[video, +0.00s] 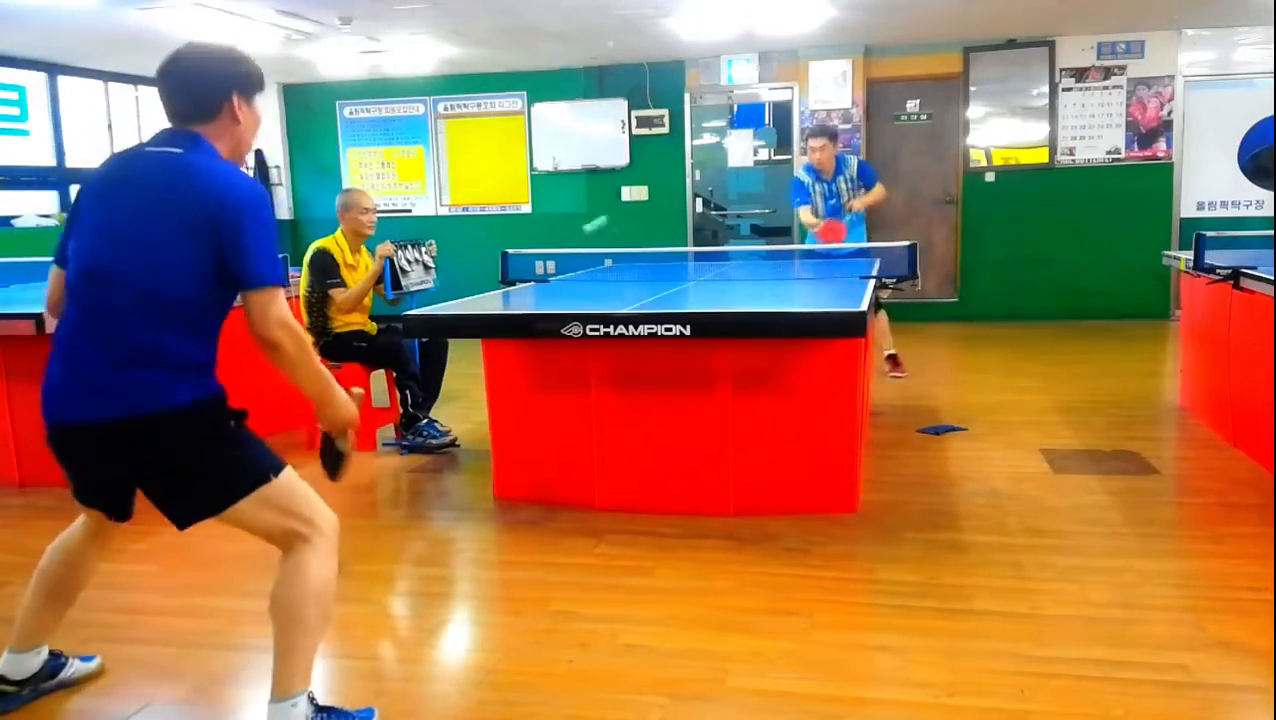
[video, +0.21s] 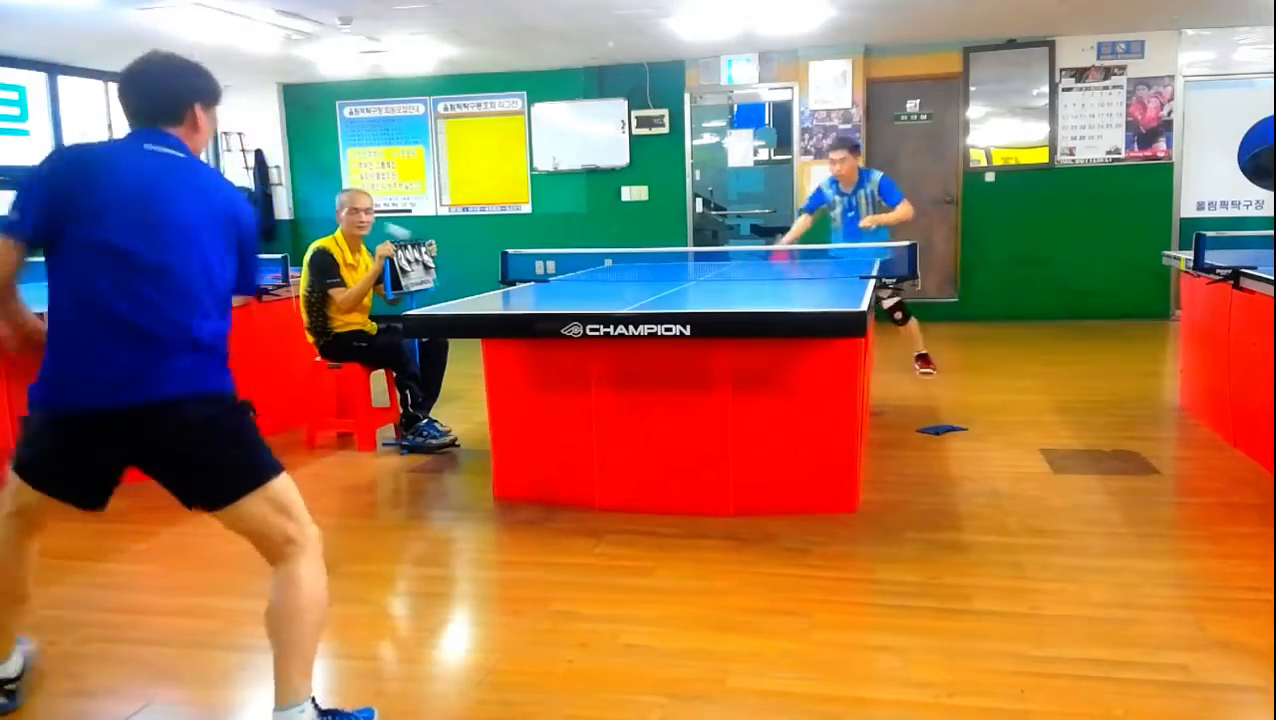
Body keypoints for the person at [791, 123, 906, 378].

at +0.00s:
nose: (815, 156)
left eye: (821, 150)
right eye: (811, 150)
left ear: (835, 148)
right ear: (806, 151)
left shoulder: (853, 165)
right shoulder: (803, 176)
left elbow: (880, 191)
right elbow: (804, 212)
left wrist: (862, 201)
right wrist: (816, 223)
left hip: (855, 248)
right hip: (818, 251)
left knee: (872, 300)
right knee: (817, 301)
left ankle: (889, 354)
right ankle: (819, 358)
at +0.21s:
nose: (835, 168)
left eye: (841, 161)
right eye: (832, 162)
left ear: (857, 159)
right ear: (828, 163)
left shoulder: (876, 180)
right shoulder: (827, 187)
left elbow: (907, 211)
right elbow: (807, 216)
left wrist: (878, 219)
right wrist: (785, 241)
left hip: (877, 261)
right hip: (842, 262)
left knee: (897, 312)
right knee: (840, 314)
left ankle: (920, 354)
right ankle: (842, 364)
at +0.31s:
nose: (847, 159)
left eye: (852, 152)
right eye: (842, 153)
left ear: (867, 150)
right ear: (838, 155)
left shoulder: (885, 173)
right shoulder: (839, 180)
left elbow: (919, 202)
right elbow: (827, 209)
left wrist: (892, 216)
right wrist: (812, 234)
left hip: (888, 253)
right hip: (853, 254)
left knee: (900, 305)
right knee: (849, 306)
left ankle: (921, 354)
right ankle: (848, 360)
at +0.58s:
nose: (858, 156)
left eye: (863, 149)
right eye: (854, 150)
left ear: (878, 148)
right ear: (850, 151)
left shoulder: (897, 172)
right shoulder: (852, 177)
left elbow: (919, 207)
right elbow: (850, 208)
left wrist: (901, 220)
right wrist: (844, 234)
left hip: (899, 248)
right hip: (867, 249)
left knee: (909, 299)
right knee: (858, 301)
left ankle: (931, 351)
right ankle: (855, 354)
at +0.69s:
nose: (866, 156)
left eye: (871, 149)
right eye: (861, 151)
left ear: (884, 146)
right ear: (857, 152)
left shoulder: (907, 163)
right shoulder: (858, 174)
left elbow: (940, 190)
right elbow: (863, 212)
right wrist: (874, 217)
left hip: (911, 240)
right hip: (878, 241)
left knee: (916, 295)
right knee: (863, 295)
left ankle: (932, 351)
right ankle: (858, 352)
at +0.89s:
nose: (879, 136)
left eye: (884, 130)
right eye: (874, 131)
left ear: (894, 128)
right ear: (867, 133)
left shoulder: (908, 145)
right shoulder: (864, 157)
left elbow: (934, 159)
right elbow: (874, 192)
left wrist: (954, 167)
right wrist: (883, 182)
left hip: (915, 230)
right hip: (881, 234)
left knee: (927, 288)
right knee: (868, 291)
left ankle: (940, 347)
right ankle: (859, 349)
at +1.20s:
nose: (864, 142)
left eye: (869, 136)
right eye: (859, 137)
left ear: (880, 137)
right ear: (853, 139)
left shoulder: (893, 160)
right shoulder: (847, 163)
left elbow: (915, 186)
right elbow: (840, 190)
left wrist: (940, 195)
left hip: (890, 238)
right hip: (858, 240)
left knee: (905, 287)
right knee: (859, 291)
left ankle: (915, 341)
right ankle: (859, 342)